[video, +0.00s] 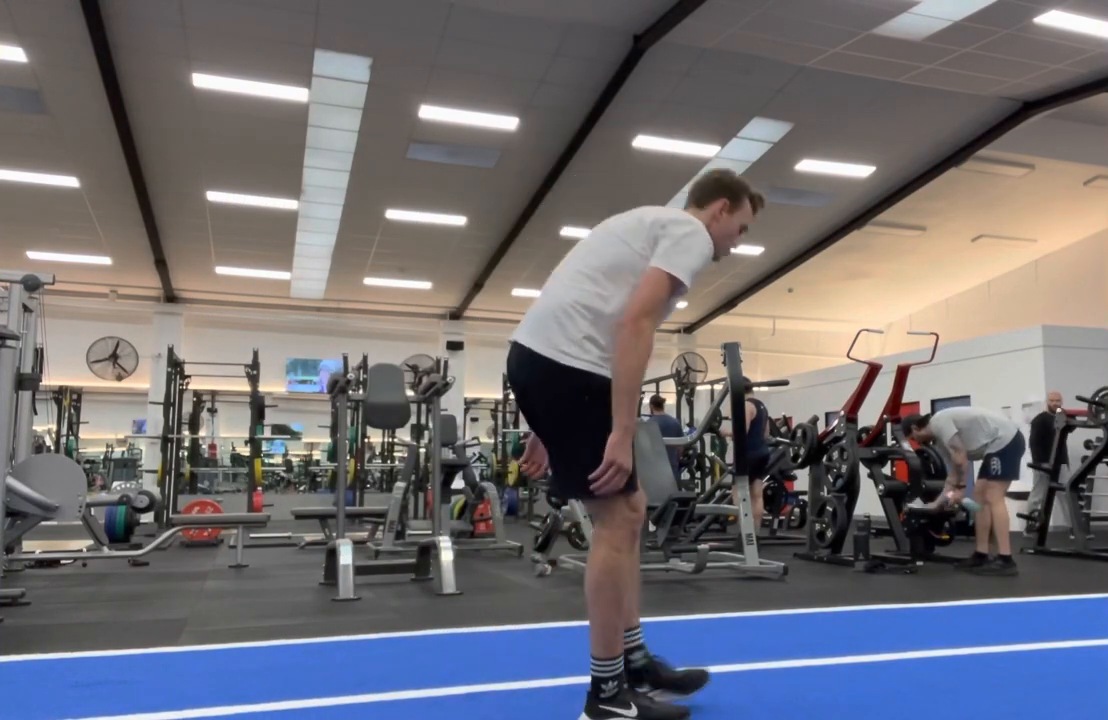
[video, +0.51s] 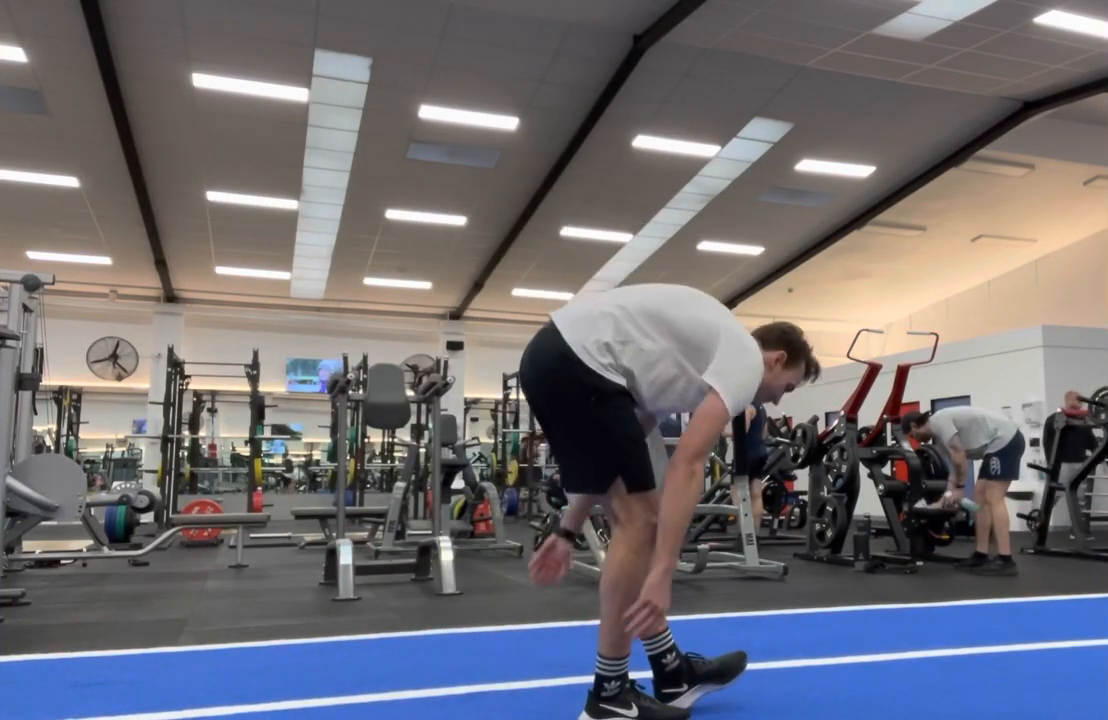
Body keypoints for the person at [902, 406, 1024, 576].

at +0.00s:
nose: (916, 442)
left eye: (913, 437)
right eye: (913, 440)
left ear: (916, 428)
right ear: (918, 427)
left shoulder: (940, 422)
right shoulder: (938, 439)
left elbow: (961, 460)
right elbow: (953, 471)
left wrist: (959, 488)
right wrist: (937, 503)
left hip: (1007, 440)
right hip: (992, 446)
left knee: (994, 496)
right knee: (980, 496)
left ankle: (1005, 558)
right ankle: (981, 554)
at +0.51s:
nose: (915, 439)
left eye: (912, 435)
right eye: (912, 437)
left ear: (915, 426)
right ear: (917, 424)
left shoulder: (940, 422)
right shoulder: (938, 434)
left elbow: (960, 459)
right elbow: (954, 463)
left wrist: (959, 488)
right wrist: (950, 490)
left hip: (1006, 440)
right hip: (992, 446)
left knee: (994, 496)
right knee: (981, 496)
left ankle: (1005, 559)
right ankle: (981, 555)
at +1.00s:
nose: (915, 437)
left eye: (912, 433)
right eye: (911, 435)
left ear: (915, 423)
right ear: (918, 422)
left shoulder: (938, 419)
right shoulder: (937, 427)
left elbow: (959, 456)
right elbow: (957, 458)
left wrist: (956, 486)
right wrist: (954, 489)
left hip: (1006, 440)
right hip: (991, 446)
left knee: (1000, 499)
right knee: (982, 499)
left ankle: (1006, 559)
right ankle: (981, 555)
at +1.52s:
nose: (915, 406)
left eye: (913, 400)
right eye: (912, 402)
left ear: (920, 392)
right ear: (923, 392)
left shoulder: (942, 397)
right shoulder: (942, 405)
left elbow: (949, 431)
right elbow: (951, 445)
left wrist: (940, 457)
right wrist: (946, 474)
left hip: (999, 441)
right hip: (985, 445)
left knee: (988, 495)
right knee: (977, 496)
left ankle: (1004, 557)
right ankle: (981, 554)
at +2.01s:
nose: (932, 366)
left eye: (934, 361)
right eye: (931, 362)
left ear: (945, 357)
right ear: (949, 357)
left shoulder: (955, 373)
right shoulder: (963, 374)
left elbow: (954, 406)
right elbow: (961, 414)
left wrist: (933, 424)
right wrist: (935, 427)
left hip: (973, 440)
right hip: (983, 440)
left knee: (953, 493)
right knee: (971, 496)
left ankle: (987, 544)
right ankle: (979, 550)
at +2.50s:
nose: (935, 352)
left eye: (938, 348)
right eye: (936, 348)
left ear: (949, 349)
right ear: (957, 349)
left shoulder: (952, 370)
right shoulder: (966, 371)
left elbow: (947, 406)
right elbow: (954, 408)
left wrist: (927, 415)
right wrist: (931, 415)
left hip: (955, 442)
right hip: (972, 441)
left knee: (946, 496)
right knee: (968, 497)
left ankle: (948, 553)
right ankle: (980, 552)